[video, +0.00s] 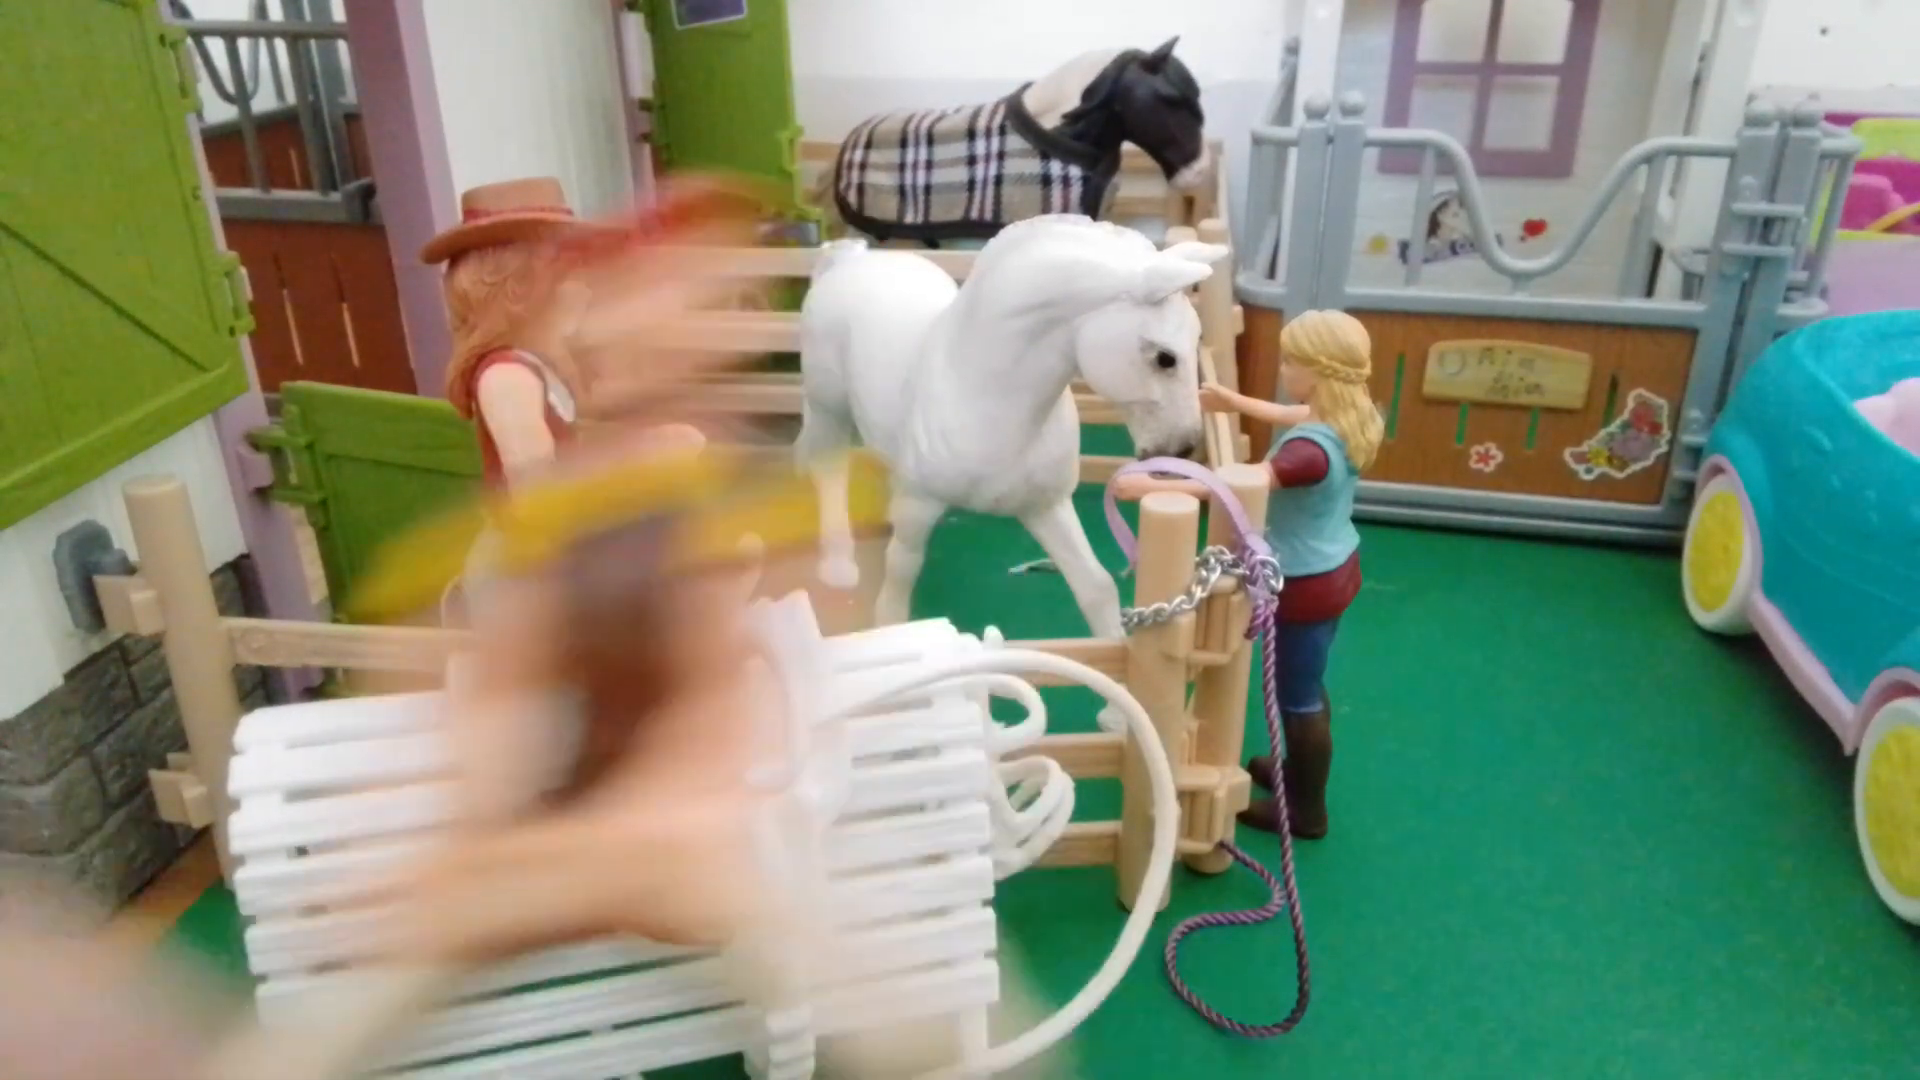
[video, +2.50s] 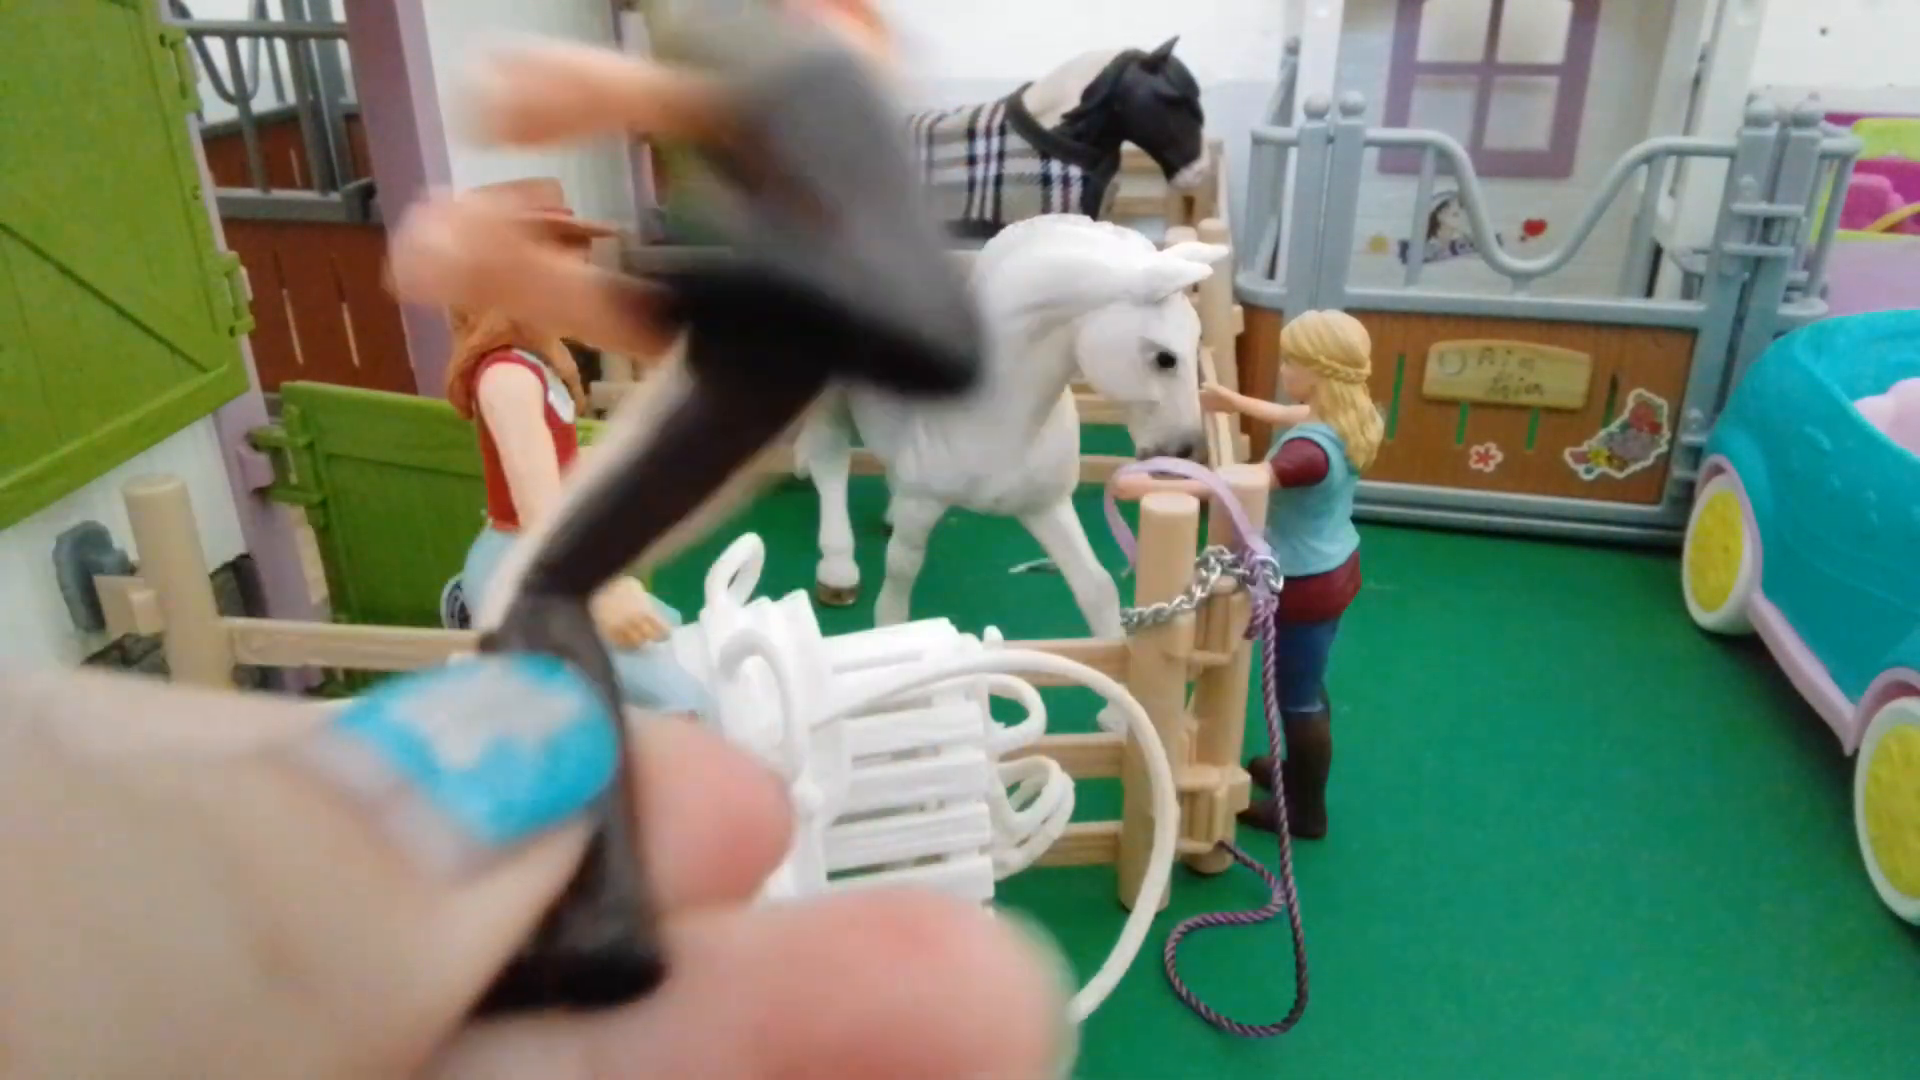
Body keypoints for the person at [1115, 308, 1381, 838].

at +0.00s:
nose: (1283, 370)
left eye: (1290, 361)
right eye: (1285, 360)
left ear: (1319, 372)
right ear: (1337, 372)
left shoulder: (1315, 447)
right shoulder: (1350, 417)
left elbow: (1245, 479)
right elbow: (1290, 415)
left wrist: (1158, 485)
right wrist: (1236, 400)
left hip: (1304, 587)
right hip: (1332, 567)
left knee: (1299, 698)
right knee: (1300, 681)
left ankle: (1304, 812)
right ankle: (1298, 774)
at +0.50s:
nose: (1283, 370)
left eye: (1290, 361)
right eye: (1285, 360)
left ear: (1319, 371)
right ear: (1338, 372)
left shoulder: (1315, 448)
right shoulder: (1347, 418)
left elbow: (1247, 478)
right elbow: (1288, 415)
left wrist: (1159, 485)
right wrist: (1235, 400)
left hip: (1304, 587)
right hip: (1332, 567)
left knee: (1300, 700)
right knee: (1300, 681)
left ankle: (1304, 812)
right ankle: (1299, 773)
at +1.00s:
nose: (1283, 369)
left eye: (1291, 360)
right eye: (1285, 359)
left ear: (1321, 371)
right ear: (1338, 371)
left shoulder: (1316, 447)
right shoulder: (1349, 416)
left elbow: (1246, 478)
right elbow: (1289, 415)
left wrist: (1160, 484)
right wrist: (1235, 399)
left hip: (1306, 588)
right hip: (1332, 566)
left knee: (1301, 702)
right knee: (1302, 683)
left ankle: (1305, 813)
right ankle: (1300, 775)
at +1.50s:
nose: (1282, 370)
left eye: (1289, 361)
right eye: (1284, 360)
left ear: (1318, 372)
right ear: (1337, 372)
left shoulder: (1315, 447)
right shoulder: (1348, 417)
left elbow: (1252, 478)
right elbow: (1288, 416)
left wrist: (1165, 484)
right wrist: (1235, 400)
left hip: (1304, 587)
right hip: (1332, 566)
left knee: (1299, 699)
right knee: (1301, 681)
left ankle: (1304, 811)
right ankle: (1300, 773)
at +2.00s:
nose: (1282, 371)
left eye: (1290, 362)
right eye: (1284, 360)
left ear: (1319, 372)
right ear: (1337, 373)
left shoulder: (1314, 448)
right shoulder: (1348, 417)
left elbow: (1244, 479)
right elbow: (1288, 416)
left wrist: (1159, 484)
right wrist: (1235, 400)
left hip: (1304, 589)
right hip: (1331, 568)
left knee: (1299, 700)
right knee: (1300, 682)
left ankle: (1303, 812)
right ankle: (1299, 774)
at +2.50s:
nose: (1282, 370)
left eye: (1290, 361)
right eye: (1285, 359)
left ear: (1319, 372)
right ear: (1336, 372)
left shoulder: (1314, 447)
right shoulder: (1347, 417)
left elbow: (1242, 480)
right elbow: (1286, 415)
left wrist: (1157, 484)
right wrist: (1235, 401)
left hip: (1304, 588)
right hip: (1331, 567)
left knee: (1300, 701)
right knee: (1301, 682)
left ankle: (1303, 813)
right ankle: (1298, 773)